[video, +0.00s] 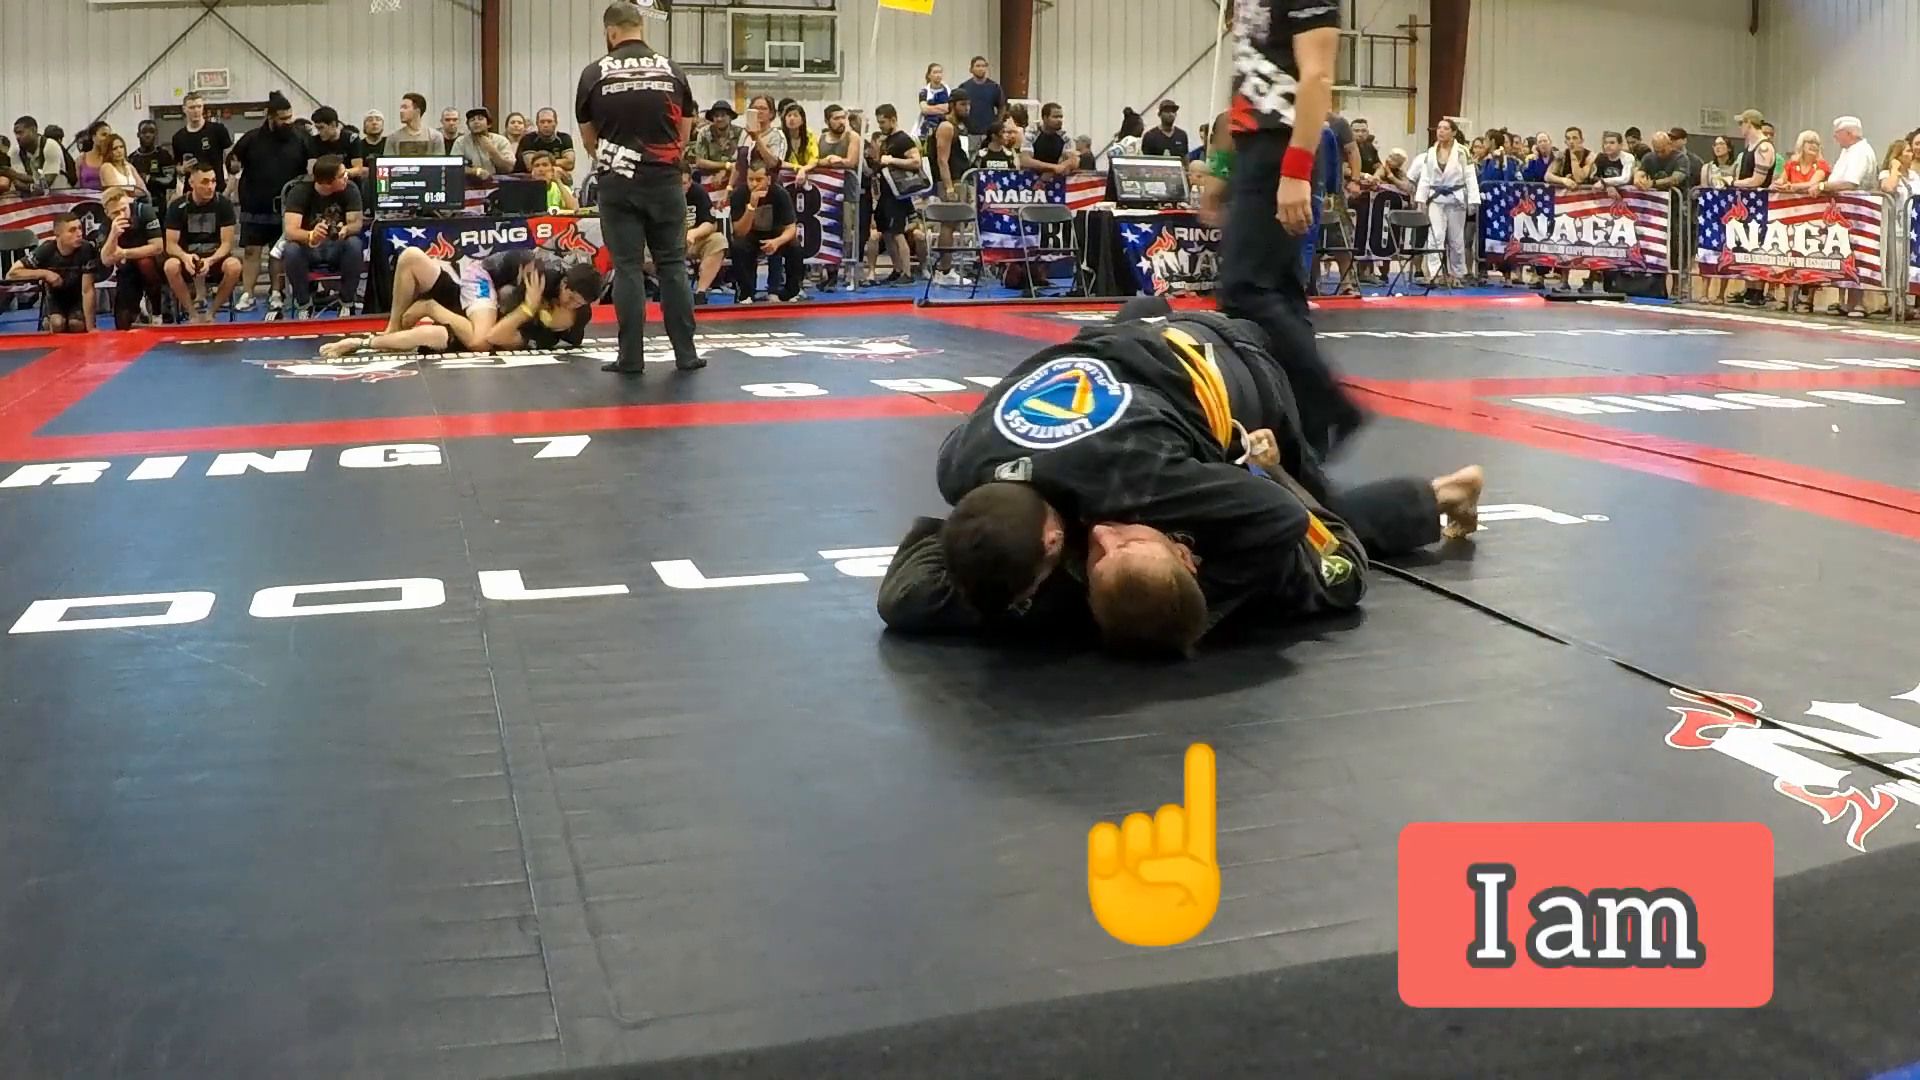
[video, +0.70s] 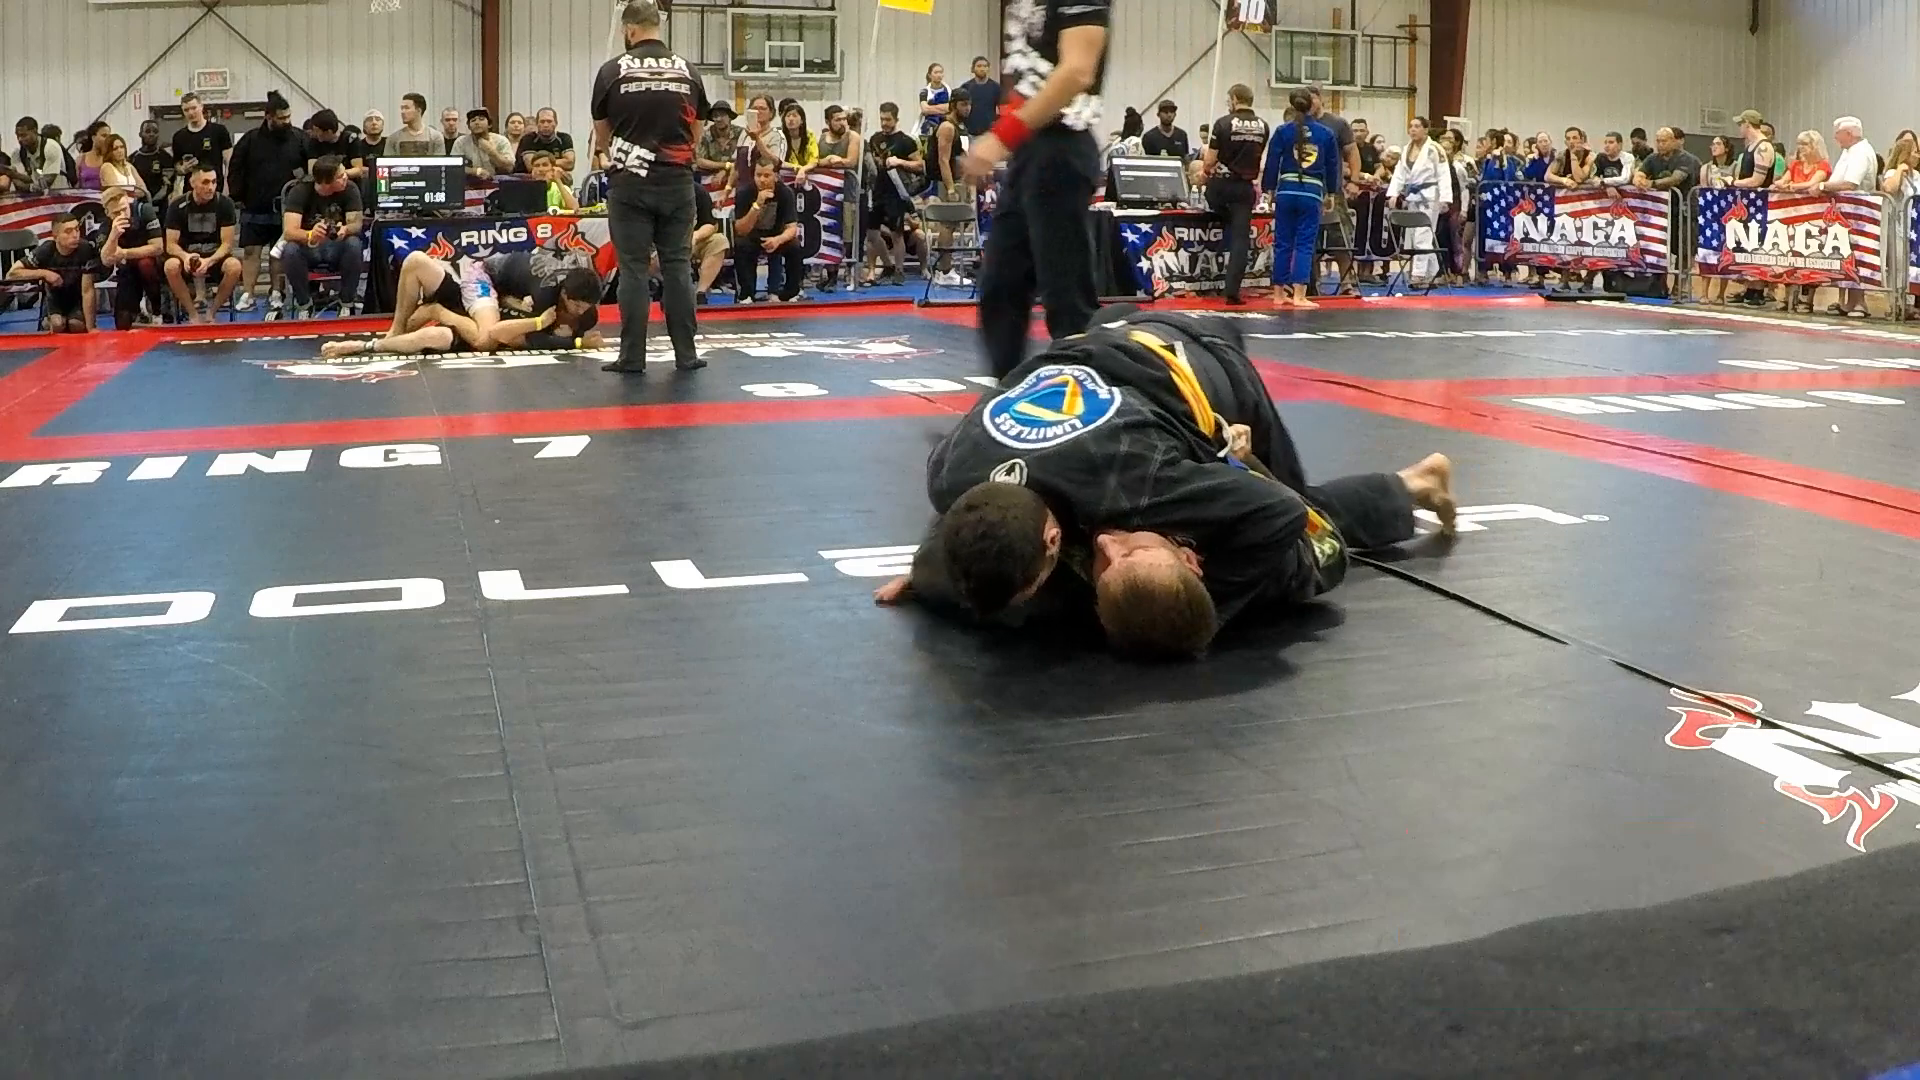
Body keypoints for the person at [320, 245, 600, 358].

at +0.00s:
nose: (570, 302)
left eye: (578, 301)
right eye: (570, 295)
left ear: (583, 303)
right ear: (565, 283)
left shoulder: (570, 324)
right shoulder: (543, 270)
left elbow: (494, 339)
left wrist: (531, 305)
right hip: (478, 277)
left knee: (431, 335)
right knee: (410, 257)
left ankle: (358, 345)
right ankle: (393, 331)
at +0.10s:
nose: (576, 312)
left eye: (583, 310)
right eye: (575, 305)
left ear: (589, 308)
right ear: (566, 292)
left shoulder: (578, 312)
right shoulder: (542, 283)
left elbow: (495, 341)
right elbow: (493, 339)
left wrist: (546, 316)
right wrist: (541, 312)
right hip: (479, 277)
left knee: (432, 336)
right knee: (412, 258)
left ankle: (360, 346)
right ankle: (393, 331)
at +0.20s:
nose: (582, 310)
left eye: (588, 307)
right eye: (580, 303)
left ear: (593, 303)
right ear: (569, 290)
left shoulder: (583, 308)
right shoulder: (543, 283)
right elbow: (496, 339)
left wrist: (542, 320)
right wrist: (542, 318)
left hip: (500, 297)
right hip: (482, 273)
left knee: (428, 333)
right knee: (412, 257)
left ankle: (357, 344)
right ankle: (394, 329)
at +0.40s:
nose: (581, 309)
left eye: (587, 305)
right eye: (578, 301)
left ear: (591, 302)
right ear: (566, 288)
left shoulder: (584, 312)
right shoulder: (543, 282)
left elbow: (538, 335)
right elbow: (497, 340)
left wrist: (567, 344)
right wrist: (541, 315)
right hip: (482, 274)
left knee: (431, 336)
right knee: (414, 258)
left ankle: (358, 345)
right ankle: (394, 331)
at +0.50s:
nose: (577, 308)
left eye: (584, 304)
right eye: (575, 300)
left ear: (590, 302)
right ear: (564, 287)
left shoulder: (583, 312)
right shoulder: (543, 279)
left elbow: (546, 336)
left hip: (495, 297)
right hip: (479, 274)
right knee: (415, 259)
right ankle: (393, 331)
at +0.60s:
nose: (581, 308)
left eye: (586, 304)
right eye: (577, 301)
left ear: (591, 300)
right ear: (564, 292)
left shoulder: (586, 311)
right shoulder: (541, 285)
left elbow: (570, 341)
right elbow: (496, 336)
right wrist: (538, 321)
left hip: (497, 296)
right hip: (479, 274)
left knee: (485, 341)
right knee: (415, 260)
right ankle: (394, 335)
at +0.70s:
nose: (583, 313)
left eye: (587, 308)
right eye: (578, 307)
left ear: (591, 302)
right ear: (566, 296)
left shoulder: (584, 306)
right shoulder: (543, 291)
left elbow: (584, 338)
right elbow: (496, 336)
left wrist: (582, 338)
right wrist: (540, 323)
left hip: (498, 294)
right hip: (481, 272)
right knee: (415, 261)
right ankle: (396, 336)